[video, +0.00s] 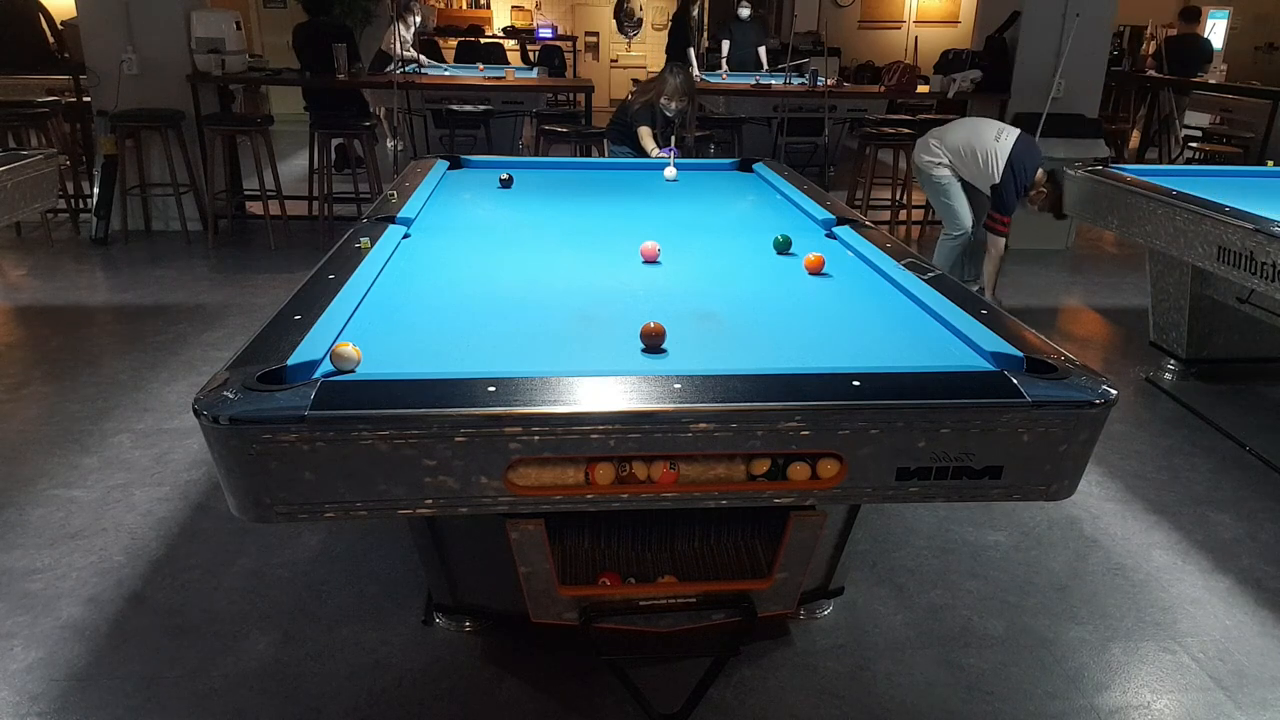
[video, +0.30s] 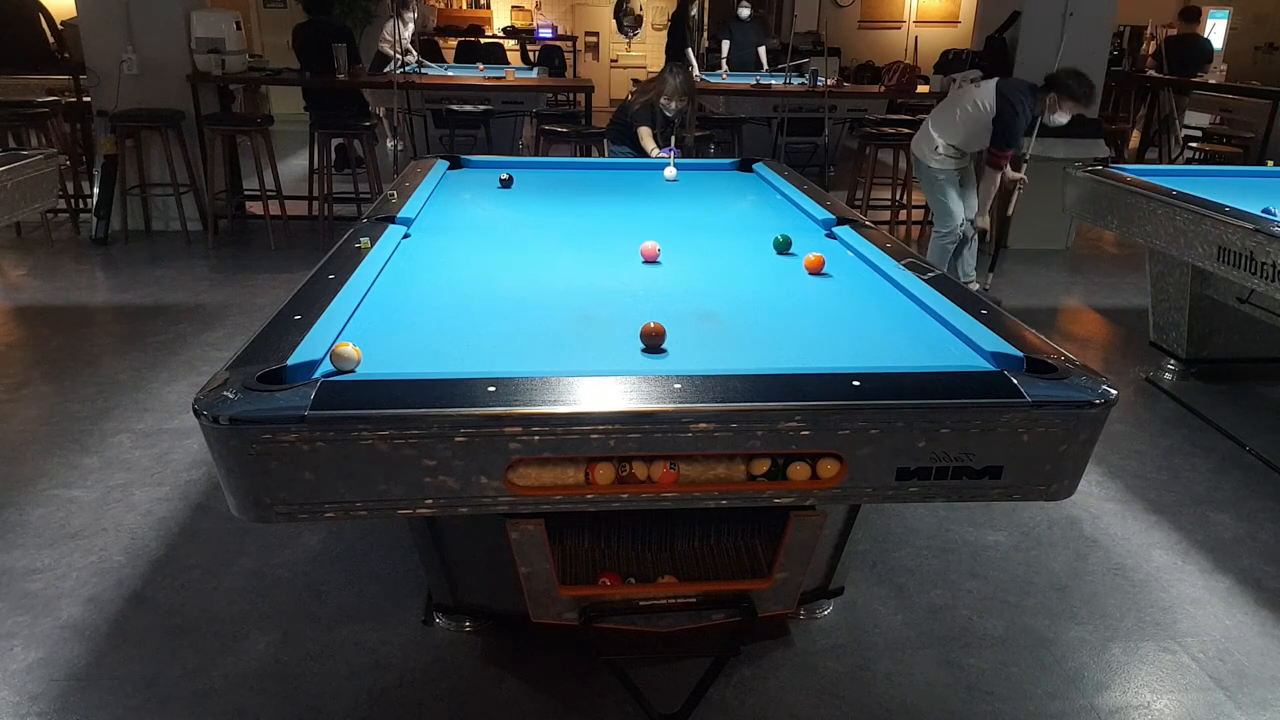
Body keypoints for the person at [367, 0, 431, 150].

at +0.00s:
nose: (416, 18)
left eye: (417, 14)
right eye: (413, 15)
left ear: (419, 16)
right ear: (404, 15)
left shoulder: (410, 29)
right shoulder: (395, 29)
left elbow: (407, 48)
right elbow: (396, 53)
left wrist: (419, 57)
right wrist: (417, 57)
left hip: (394, 70)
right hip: (379, 73)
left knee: (395, 106)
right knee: (386, 108)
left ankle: (397, 136)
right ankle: (390, 139)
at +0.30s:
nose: (412, 16)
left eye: (414, 12)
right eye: (408, 12)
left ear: (416, 13)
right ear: (401, 11)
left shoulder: (411, 26)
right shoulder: (391, 25)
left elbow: (406, 43)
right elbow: (382, 46)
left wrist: (413, 52)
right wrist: (401, 58)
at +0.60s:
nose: (410, 13)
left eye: (411, 10)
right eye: (407, 10)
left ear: (413, 11)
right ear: (399, 11)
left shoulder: (410, 26)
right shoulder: (390, 22)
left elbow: (403, 42)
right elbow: (380, 43)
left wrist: (413, 51)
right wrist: (393, 60)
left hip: (397, 64)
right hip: (382, 66)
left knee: (396, 103)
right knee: (385, 106)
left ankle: (395, 136)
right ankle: (390, 138)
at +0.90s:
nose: (409, 13)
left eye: (411, 9)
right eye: (405, 9)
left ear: (413, 10)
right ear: (398, 10)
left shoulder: (409, 26)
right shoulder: (390, 21)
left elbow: (403, 43)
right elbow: (380, 42)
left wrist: (412, 52)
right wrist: (393, 60)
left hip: (397, 64)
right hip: (382, 64)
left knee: (396, 103)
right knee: (384, 105)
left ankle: (395, 136)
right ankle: (390, 138)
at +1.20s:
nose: (409, 12)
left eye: (411, 9)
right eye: (406, 9)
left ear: (413, 10)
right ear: (398, 9)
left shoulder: (409, 26)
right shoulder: (389, 21)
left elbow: (404, 43)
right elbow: (380, 43)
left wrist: (413, 53)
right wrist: (393, 60)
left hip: (397, 65)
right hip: (382, 65)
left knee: (395, 102)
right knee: (385, 104)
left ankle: (396, 135)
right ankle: (390, 138)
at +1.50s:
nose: (408, 12)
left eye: (410, 9)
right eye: (405, 9)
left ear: (412, 10)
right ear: (397, 9)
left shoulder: (408, 26)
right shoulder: (389, 21)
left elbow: (402, 42)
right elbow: (380, 43)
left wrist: (413, 52)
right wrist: (392, 60)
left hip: (396, 65)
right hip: (381, 66)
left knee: (395, 104)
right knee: (385, 105)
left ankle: (395, 136)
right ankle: (390, 138)